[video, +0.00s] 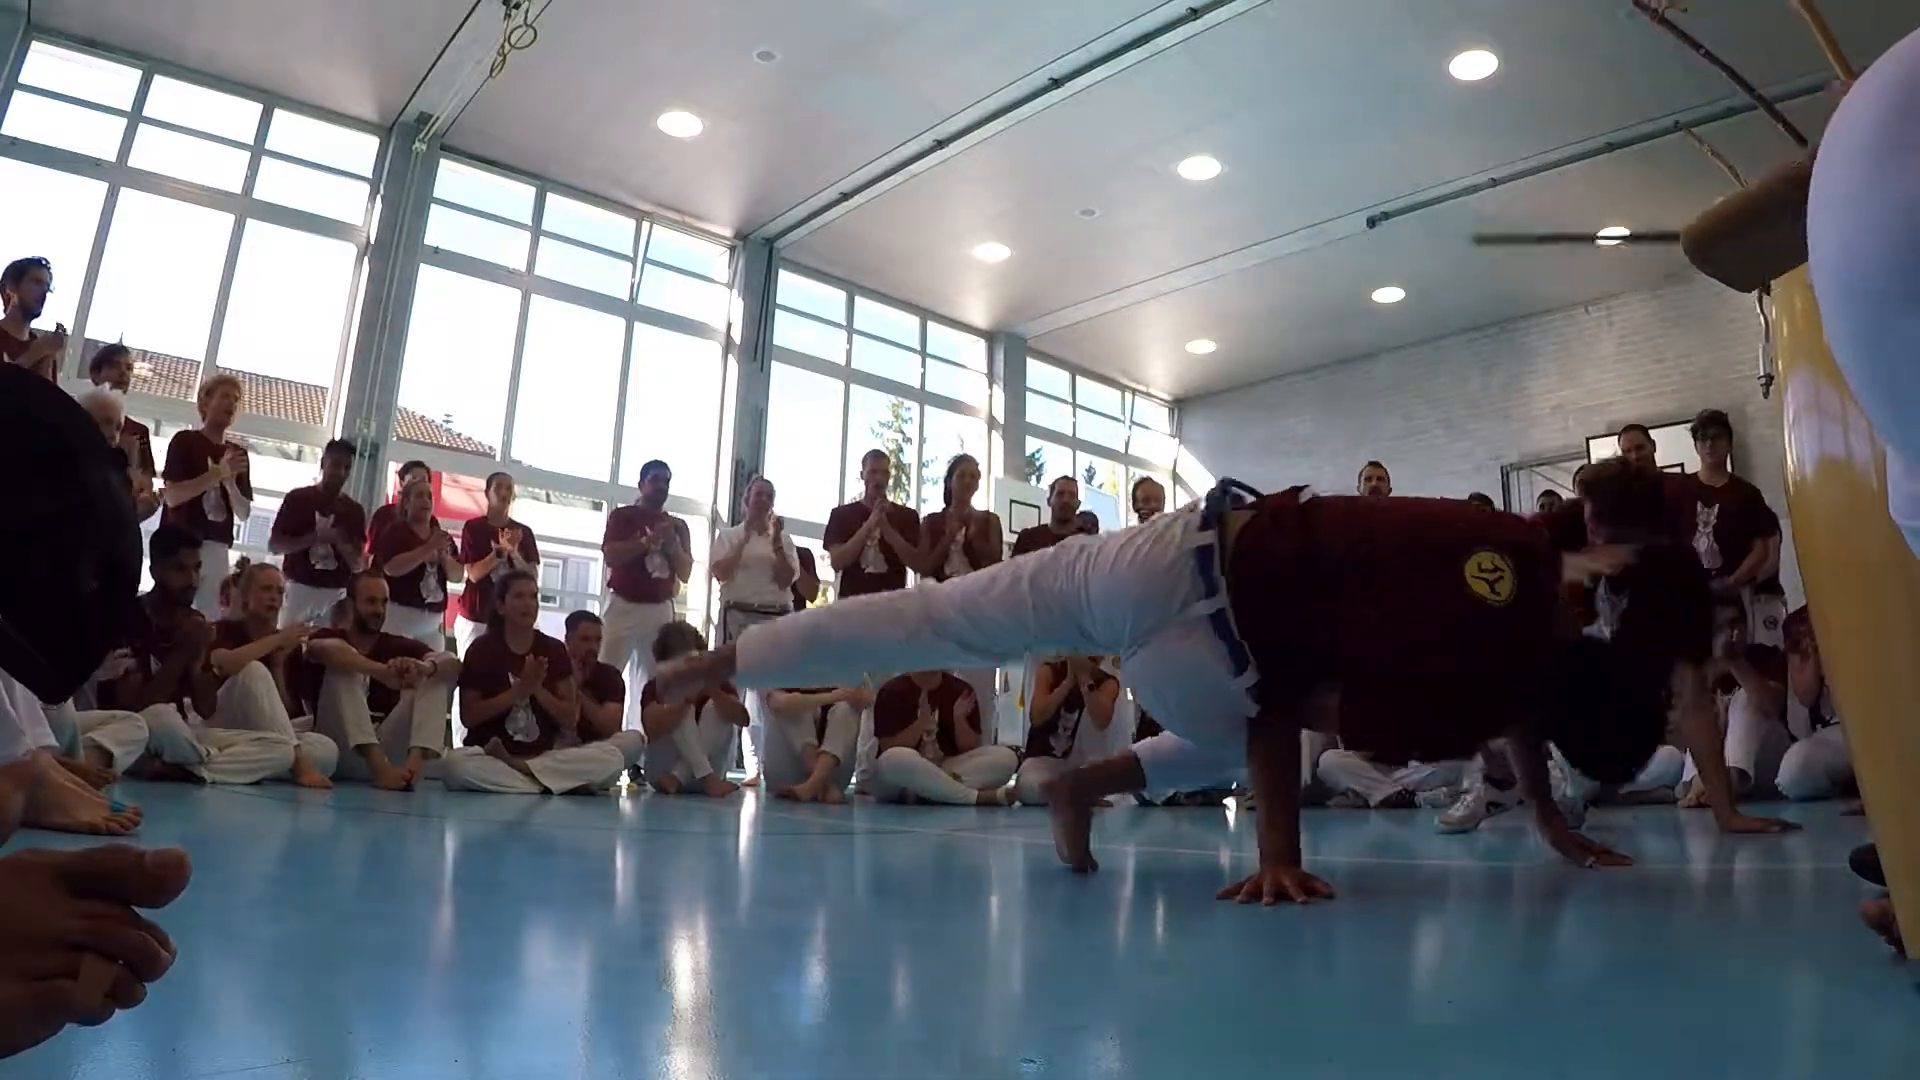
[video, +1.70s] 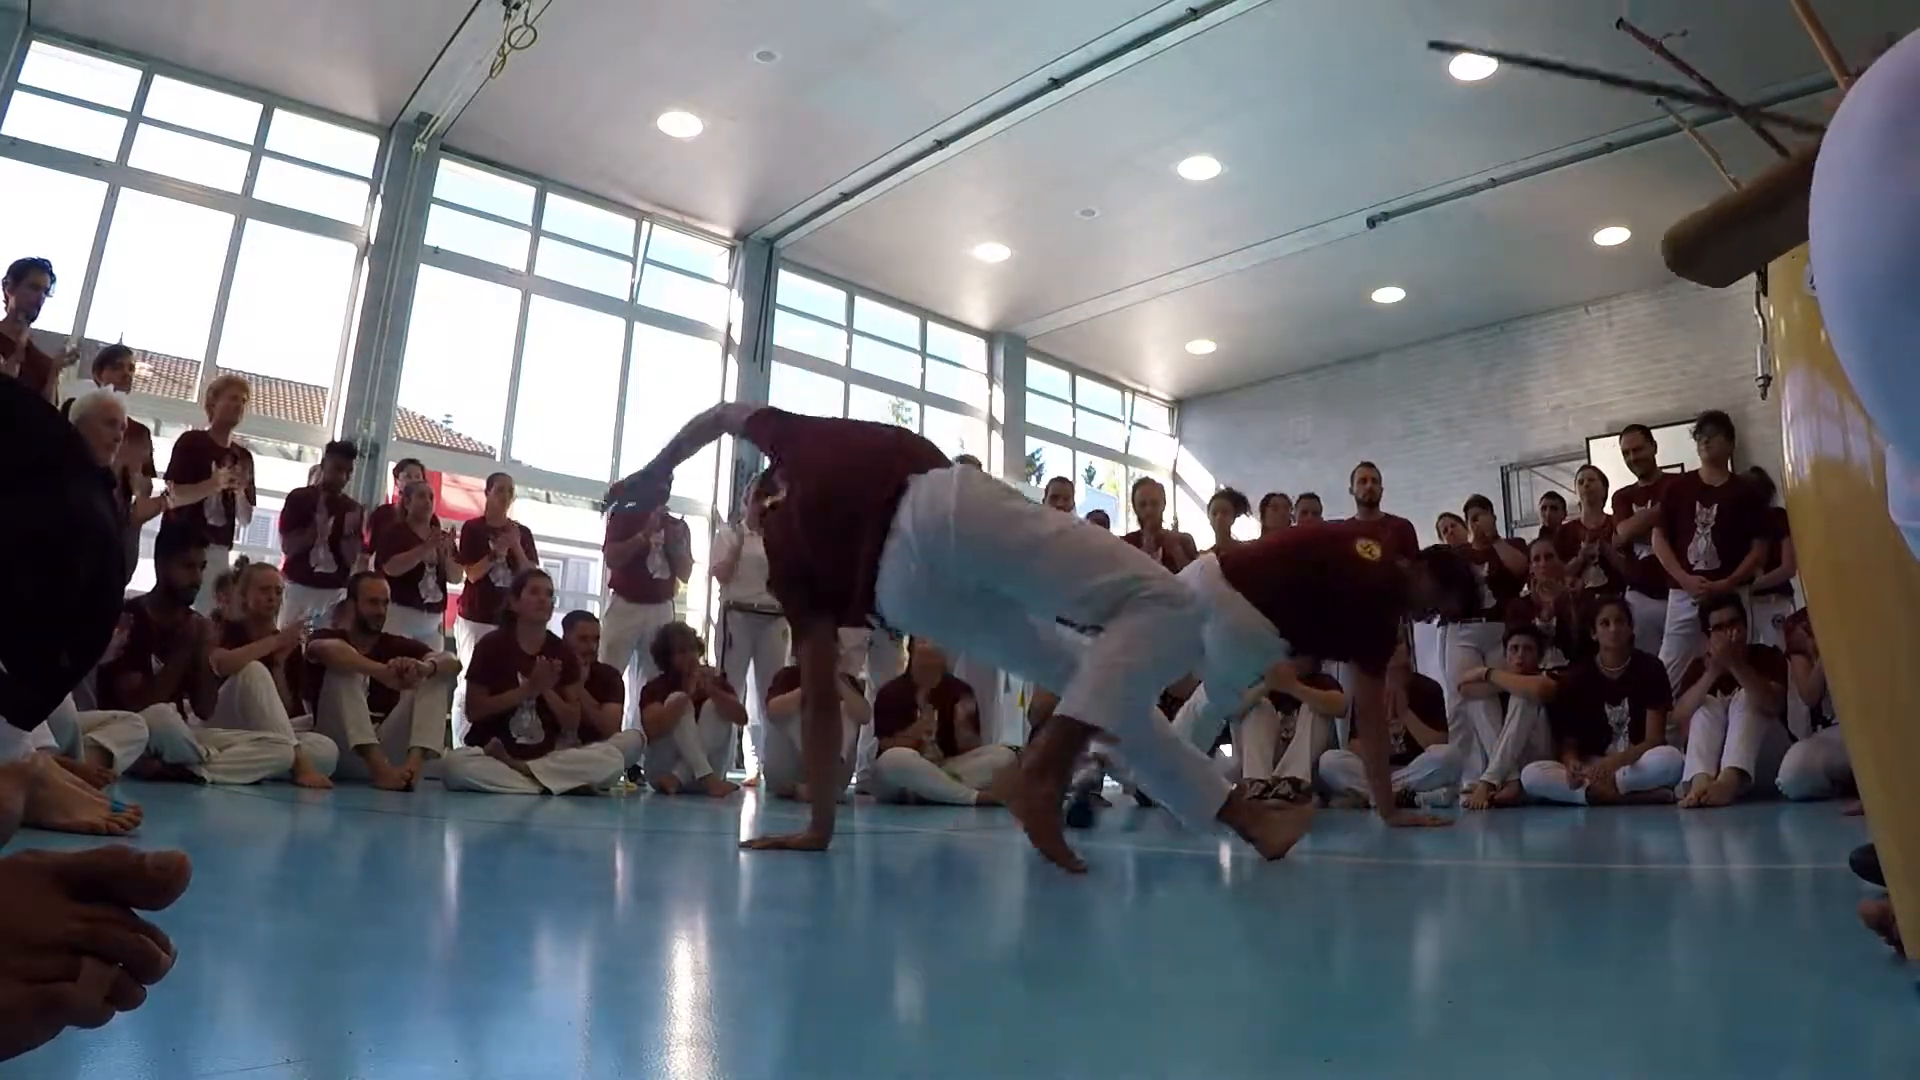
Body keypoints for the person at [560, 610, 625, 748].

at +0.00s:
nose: (593, 647)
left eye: (598, 640)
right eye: (585, 639)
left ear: (601, 642)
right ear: (568, 640)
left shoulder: (611, 675)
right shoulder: (552, 672)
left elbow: (609, 728)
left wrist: (575, 691)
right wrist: (572, 684)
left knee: (634, 739)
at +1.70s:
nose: (591, 646)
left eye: (596, 639)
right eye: (583, 639)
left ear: (600, 640)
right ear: (565, 640)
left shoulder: (609, 675)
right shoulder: (550, 673)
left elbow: (610, 729)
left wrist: (578, 690)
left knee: (634, 738)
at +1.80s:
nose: (592, 646)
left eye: (596, 639)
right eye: (583, 639)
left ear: (600, 640)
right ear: (565, 640)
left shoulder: (610, 675)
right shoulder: (550, 672)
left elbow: (609, 729)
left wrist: (578, 701)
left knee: (634, 738)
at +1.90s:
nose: (592, 646)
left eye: (596, 639)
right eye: (583, 639)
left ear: (600, 640)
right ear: (566, 639)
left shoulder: (609, 675)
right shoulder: (551, 673)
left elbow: (610, 728)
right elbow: (570, 722)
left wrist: (579, 696)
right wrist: (549, 687)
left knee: (633, 738)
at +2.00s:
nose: (593, 647)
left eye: (596, 639)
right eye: (584, 640)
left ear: (600, 640)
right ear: (565, 641)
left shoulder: (610, 674)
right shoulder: (552, 674)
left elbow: (609, 728)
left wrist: (582, 696)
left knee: (634, 738)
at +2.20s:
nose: (592, 647)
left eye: (596, 640)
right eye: (584, 640)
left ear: (600, 640)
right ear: (565, 640)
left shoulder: (609, 675)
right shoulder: (549, 671)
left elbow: (609, 727)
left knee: (634, 739)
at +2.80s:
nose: (593, 647)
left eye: (597, 640)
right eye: (584, 640)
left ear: (600, 640)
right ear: (565, 640)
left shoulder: (610, 675)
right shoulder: (550, 672)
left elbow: (610, 729)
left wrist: (583, 691)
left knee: (635, 739)